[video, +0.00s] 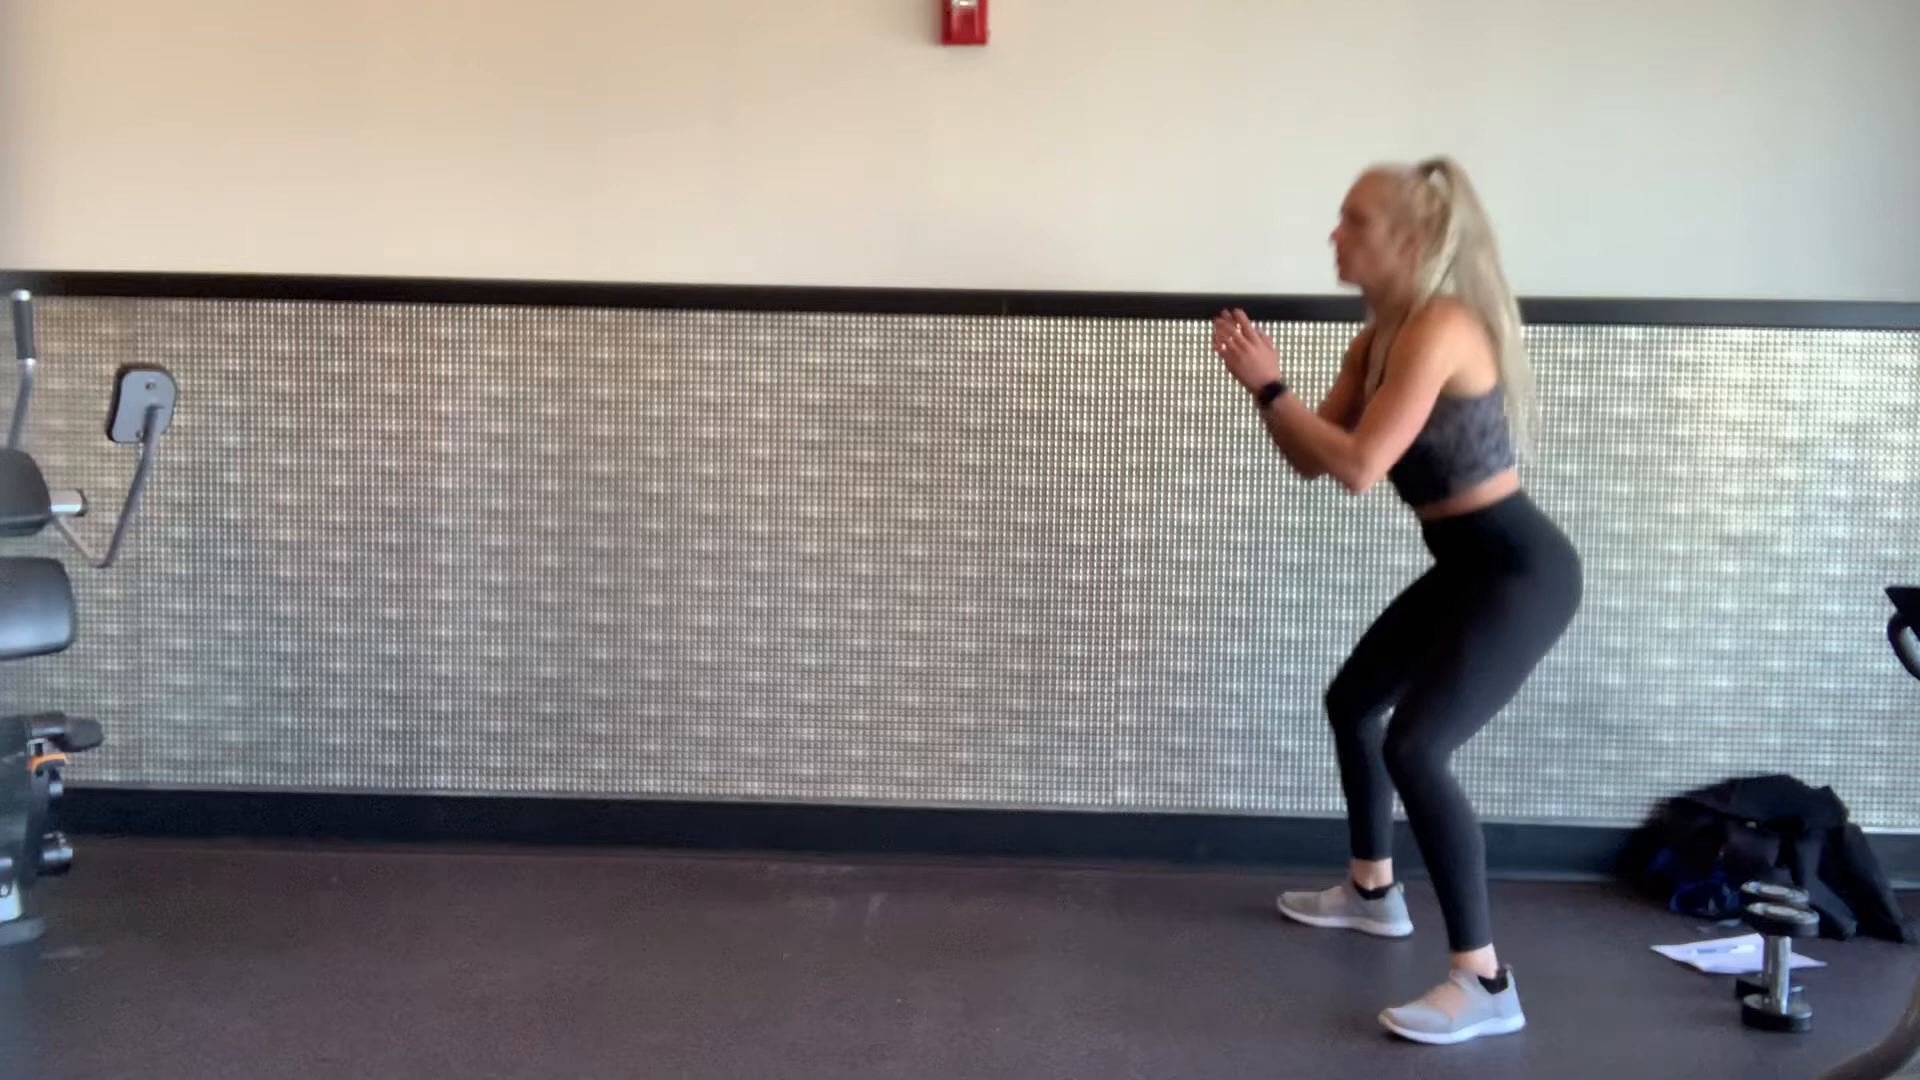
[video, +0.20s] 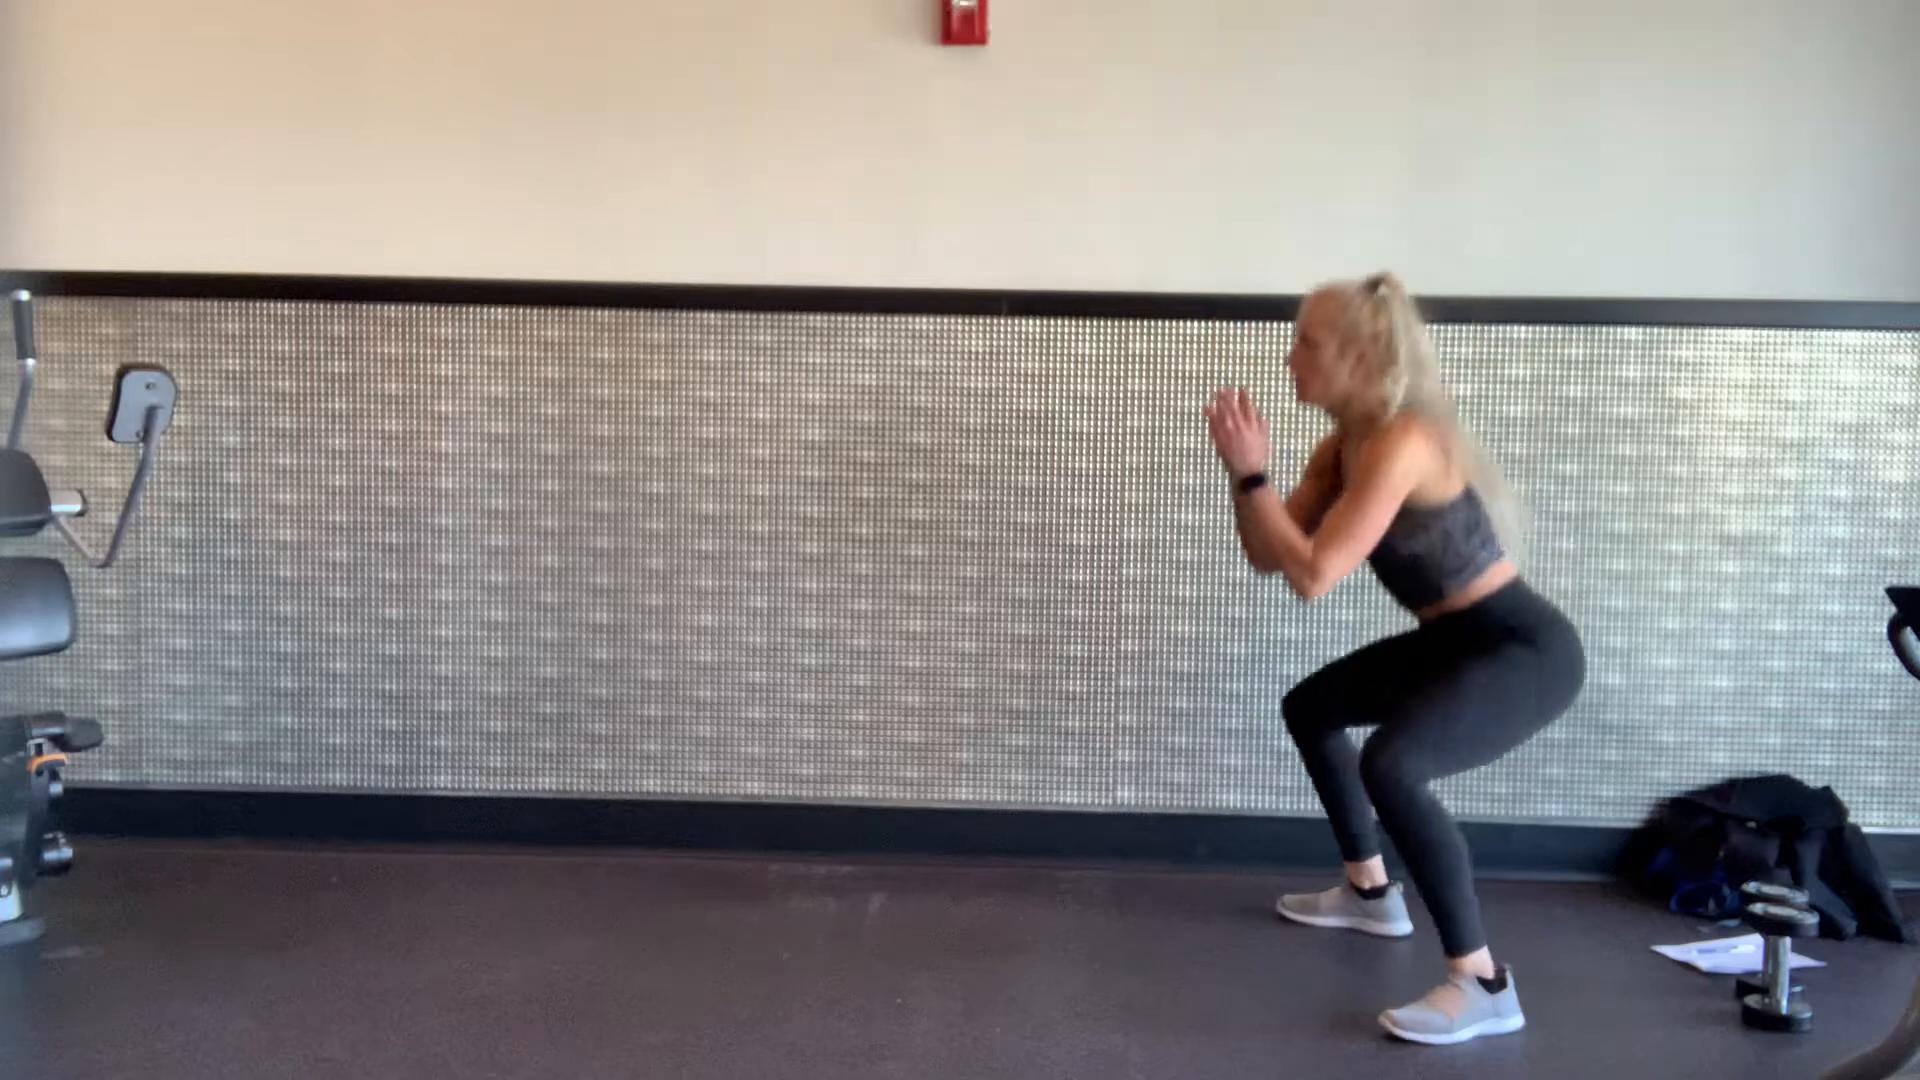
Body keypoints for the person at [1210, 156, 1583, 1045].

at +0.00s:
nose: (1335, 234)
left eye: (1354, 222)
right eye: (1342, 218)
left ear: (1409, 239)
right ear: (1395, 243)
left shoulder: (1440, 329)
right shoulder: (1380, 335)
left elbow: (1359, 468)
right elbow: (1313, 455)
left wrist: (1275, 392)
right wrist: (1264, 386)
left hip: (1523, 572)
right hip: (1465, 570)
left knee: (1416, 747)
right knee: (1353, 703)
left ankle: (1483, 976)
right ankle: (1372, 889)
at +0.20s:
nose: (1291, 354)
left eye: (1306, 343)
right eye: (1296, 340)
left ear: (1355, 361)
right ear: (1345, 364)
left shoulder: (1403, 442)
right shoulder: (1342, 446)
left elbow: (1314, 573)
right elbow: (1270, 553)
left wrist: (1252, 477)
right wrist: (1245, 471)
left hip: (1524, 648)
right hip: (1455, 643)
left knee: (1394, 767)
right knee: (1310, 711)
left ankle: (1480, 978)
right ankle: (1371, 889)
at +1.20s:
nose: (1194, 430)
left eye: (1206, 414)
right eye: (1195, 414)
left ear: (1260, 417)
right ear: (1259, 419)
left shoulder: (1314, 495)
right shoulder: (1261, 498)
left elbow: (1194, 602)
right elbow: (1182, 587)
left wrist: (1127, 508)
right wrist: (1126, 506)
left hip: (1496, 656)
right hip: (1419, 656)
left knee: (1371, 778)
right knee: (1289, 716)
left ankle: (1479, 982)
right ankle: (1371, 891)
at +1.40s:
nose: (1150, 417)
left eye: (1162, 402)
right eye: (1150, 401)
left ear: (1213, 405)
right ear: (1207, 405)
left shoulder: (1273, 481)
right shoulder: (1225, 494)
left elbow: (1202, 630)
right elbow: (1170, 607)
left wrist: (1081, 638)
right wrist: (1078, 631)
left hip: (1456, 644)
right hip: (1393, 647)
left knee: (1335, 794)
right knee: (1264, 733)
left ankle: (1476, 979)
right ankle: (1370, 892)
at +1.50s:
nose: (1123, 380)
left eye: (1133, 364)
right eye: (1124, 363)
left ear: (1179, 368)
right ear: (1184, 370)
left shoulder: (1240, 449)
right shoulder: (1208, 453)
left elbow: (1267, 603)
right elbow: (1205, 584)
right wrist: (1135, 664)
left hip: (1406, 627)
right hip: (1352, 629)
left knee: (1309, 803)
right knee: (1242, 750)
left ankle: (1470, 975)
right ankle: (1363, 888)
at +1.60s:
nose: (1093, 288)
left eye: (1107, 273)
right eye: (1096, 271)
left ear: (1155, 283)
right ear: (1150, 282)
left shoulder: (1203, 367)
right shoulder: (1170, 366)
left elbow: (1320, 449)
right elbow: (1263, 463)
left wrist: (1320, 588)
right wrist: (1232, 557)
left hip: (1316, 582)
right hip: (1276, 582)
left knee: (1284, 800)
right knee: (1224, 750)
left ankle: (1466, 965)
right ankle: (1359, 878)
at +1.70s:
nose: (1059, 197)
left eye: (1072, 182)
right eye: (1062, 180)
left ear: (1119, 187)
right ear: (1121, 188)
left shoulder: (1154, 262)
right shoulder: (1136, 264)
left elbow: (1295, 285)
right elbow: (1252, 297)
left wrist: (1326, 418)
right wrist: (1234, 413)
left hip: (1211, 511)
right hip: (1183, 510)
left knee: (1205, 730)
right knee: (1164, 703)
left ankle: (1390, 904)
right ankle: (1300, 828)